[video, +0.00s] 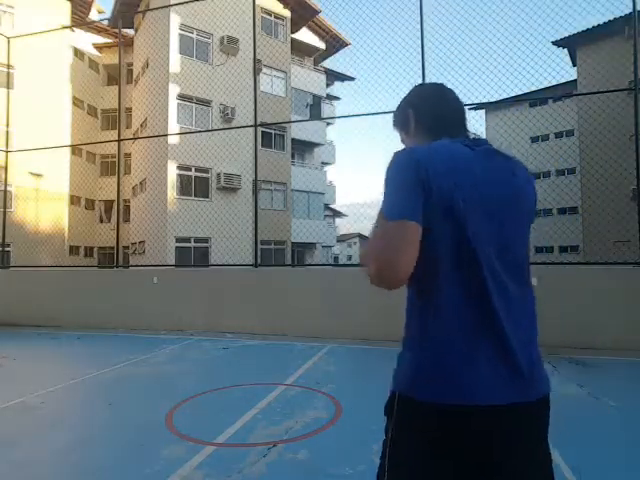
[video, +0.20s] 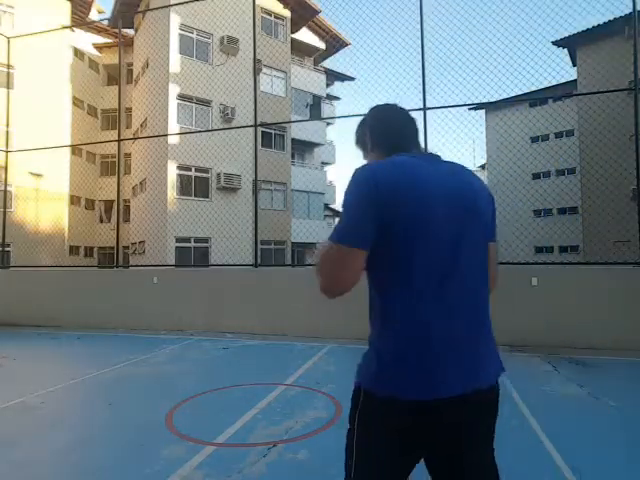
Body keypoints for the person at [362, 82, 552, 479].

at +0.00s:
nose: (405, 145)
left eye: (403, 135)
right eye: (403, 137)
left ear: (414, 124)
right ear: (459, 121)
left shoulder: (414, 162)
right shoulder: (516, 172)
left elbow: (391, 270)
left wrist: (371, 250)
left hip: (438, 396)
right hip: (520, 396)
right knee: (522, 472)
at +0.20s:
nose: (365, 160)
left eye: (364, 151)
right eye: (363, 152)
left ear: (372, 144)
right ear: (414, 141)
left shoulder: (374, 179)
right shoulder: (472, 182)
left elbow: (334, 282)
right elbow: (487, 281)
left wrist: (328, 250)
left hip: (396, 388)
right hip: (474, 385)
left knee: (370, 473)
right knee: (474, 473)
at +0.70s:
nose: (398, 156)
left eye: (397, 147)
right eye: (397, 148)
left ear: (405, 146)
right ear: (451, 147)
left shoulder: (393, 191)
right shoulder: (498, 194)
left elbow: (354, 282)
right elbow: (501, 274)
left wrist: (347, 253)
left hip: (410, 394)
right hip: (490, 393)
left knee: (383, 473)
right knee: (499, 474)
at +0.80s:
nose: (409, 155)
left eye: (408, 145)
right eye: (409, 145)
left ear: (418, 143)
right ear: (462, 143)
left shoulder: (407, 184)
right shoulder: (511, 183)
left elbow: (373, 276)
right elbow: (523, 274)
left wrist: (365, 247)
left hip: (427, 386)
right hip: (507, 385)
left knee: (398, 473)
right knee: (513, 474)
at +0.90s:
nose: (418, 144)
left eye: (418, 135)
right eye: (418, 135)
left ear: (428, 132)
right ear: (473, 134)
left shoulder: (417, 179)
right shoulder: (521, 181)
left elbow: (375, 267)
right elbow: (529, 256)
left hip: (432, 381)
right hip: (512, 381)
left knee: (411, 473)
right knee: (519, 474)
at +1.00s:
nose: (433, 145)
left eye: (433, 136)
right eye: (433, 137)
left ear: (441, 136)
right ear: (488, 137)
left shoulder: (421, 180)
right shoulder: (529, 188)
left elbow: (376, 267)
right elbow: (524, 263)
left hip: (436, 385)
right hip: (513, 385)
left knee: (429, 473)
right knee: (521, 474)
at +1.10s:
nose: (439, 148)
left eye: (440, 139)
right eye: (440, 139)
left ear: (449, 139)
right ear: (494, 142)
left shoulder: (424, 181)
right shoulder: (532, 196)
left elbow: (380, 265)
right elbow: (521, 262)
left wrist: (412, 238)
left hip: (433, 384)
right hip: (509, 385)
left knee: (419, 473)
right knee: (516, 473)